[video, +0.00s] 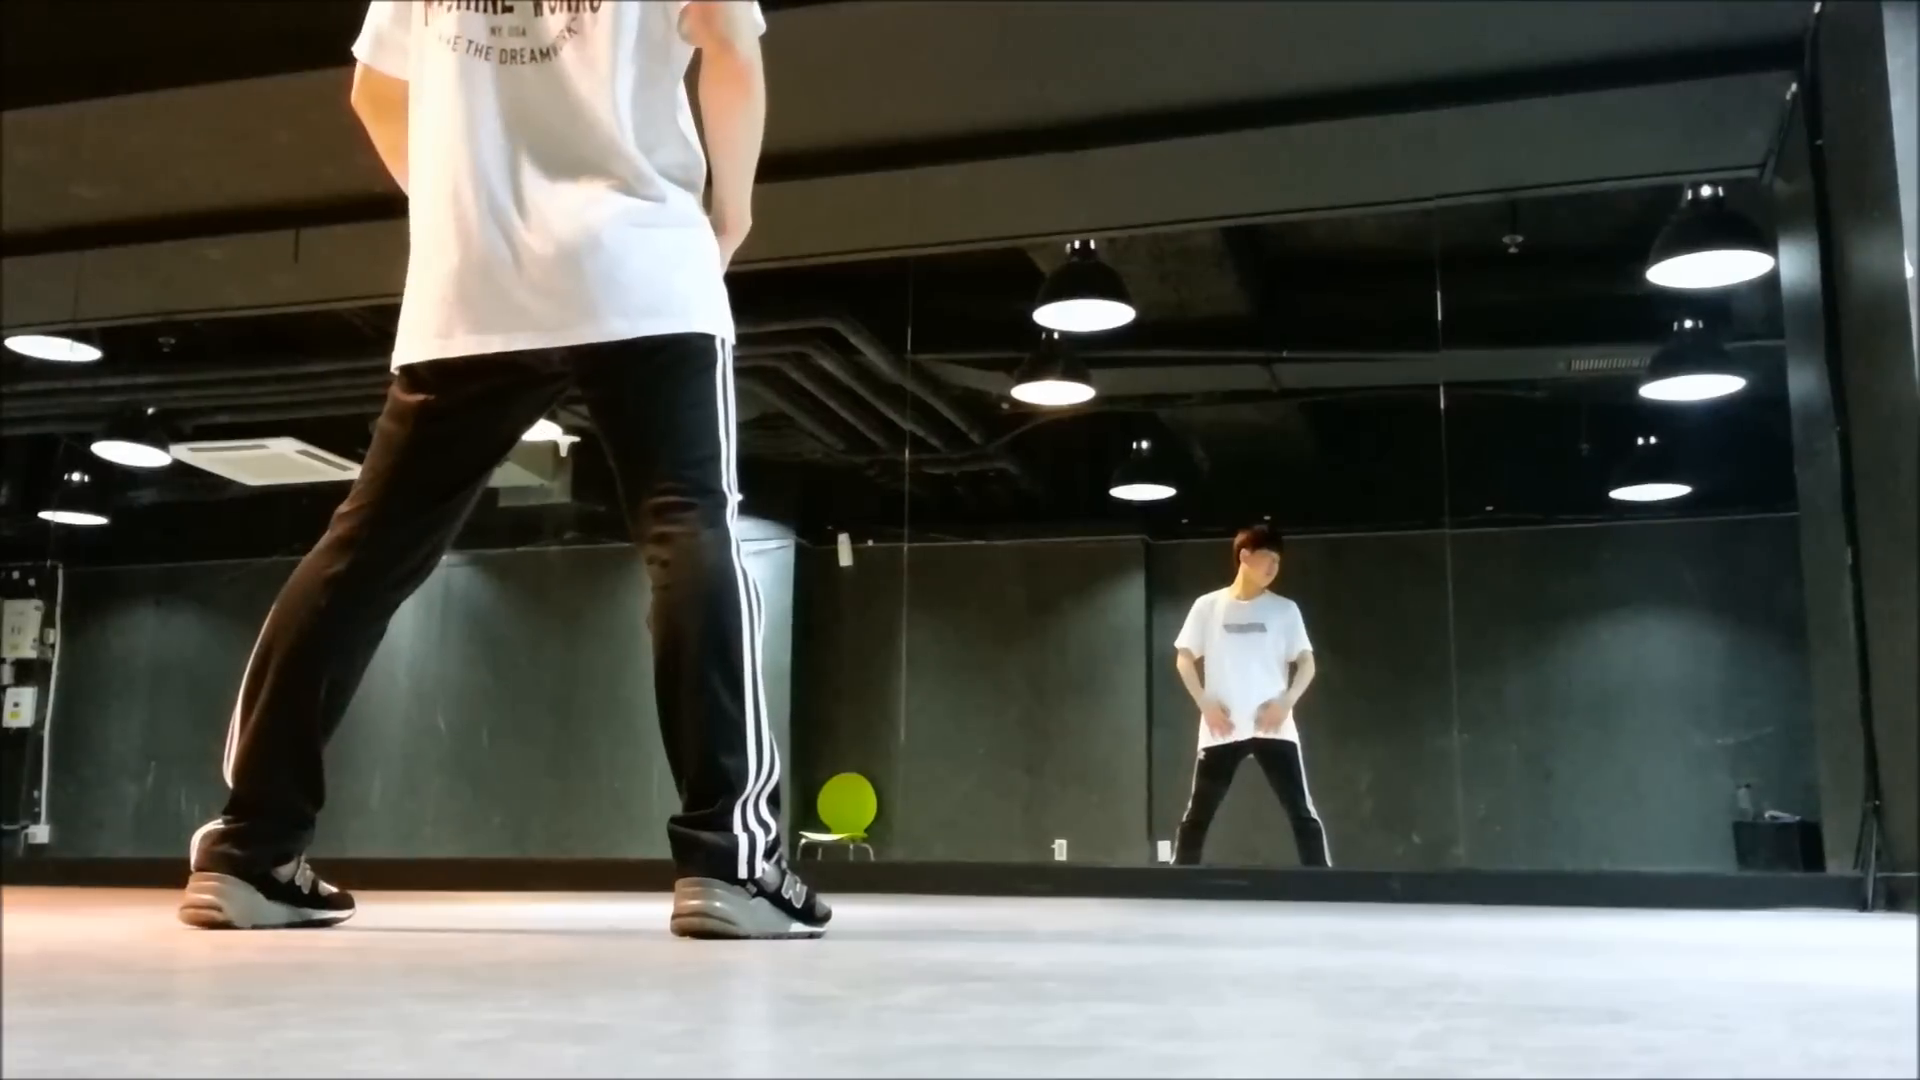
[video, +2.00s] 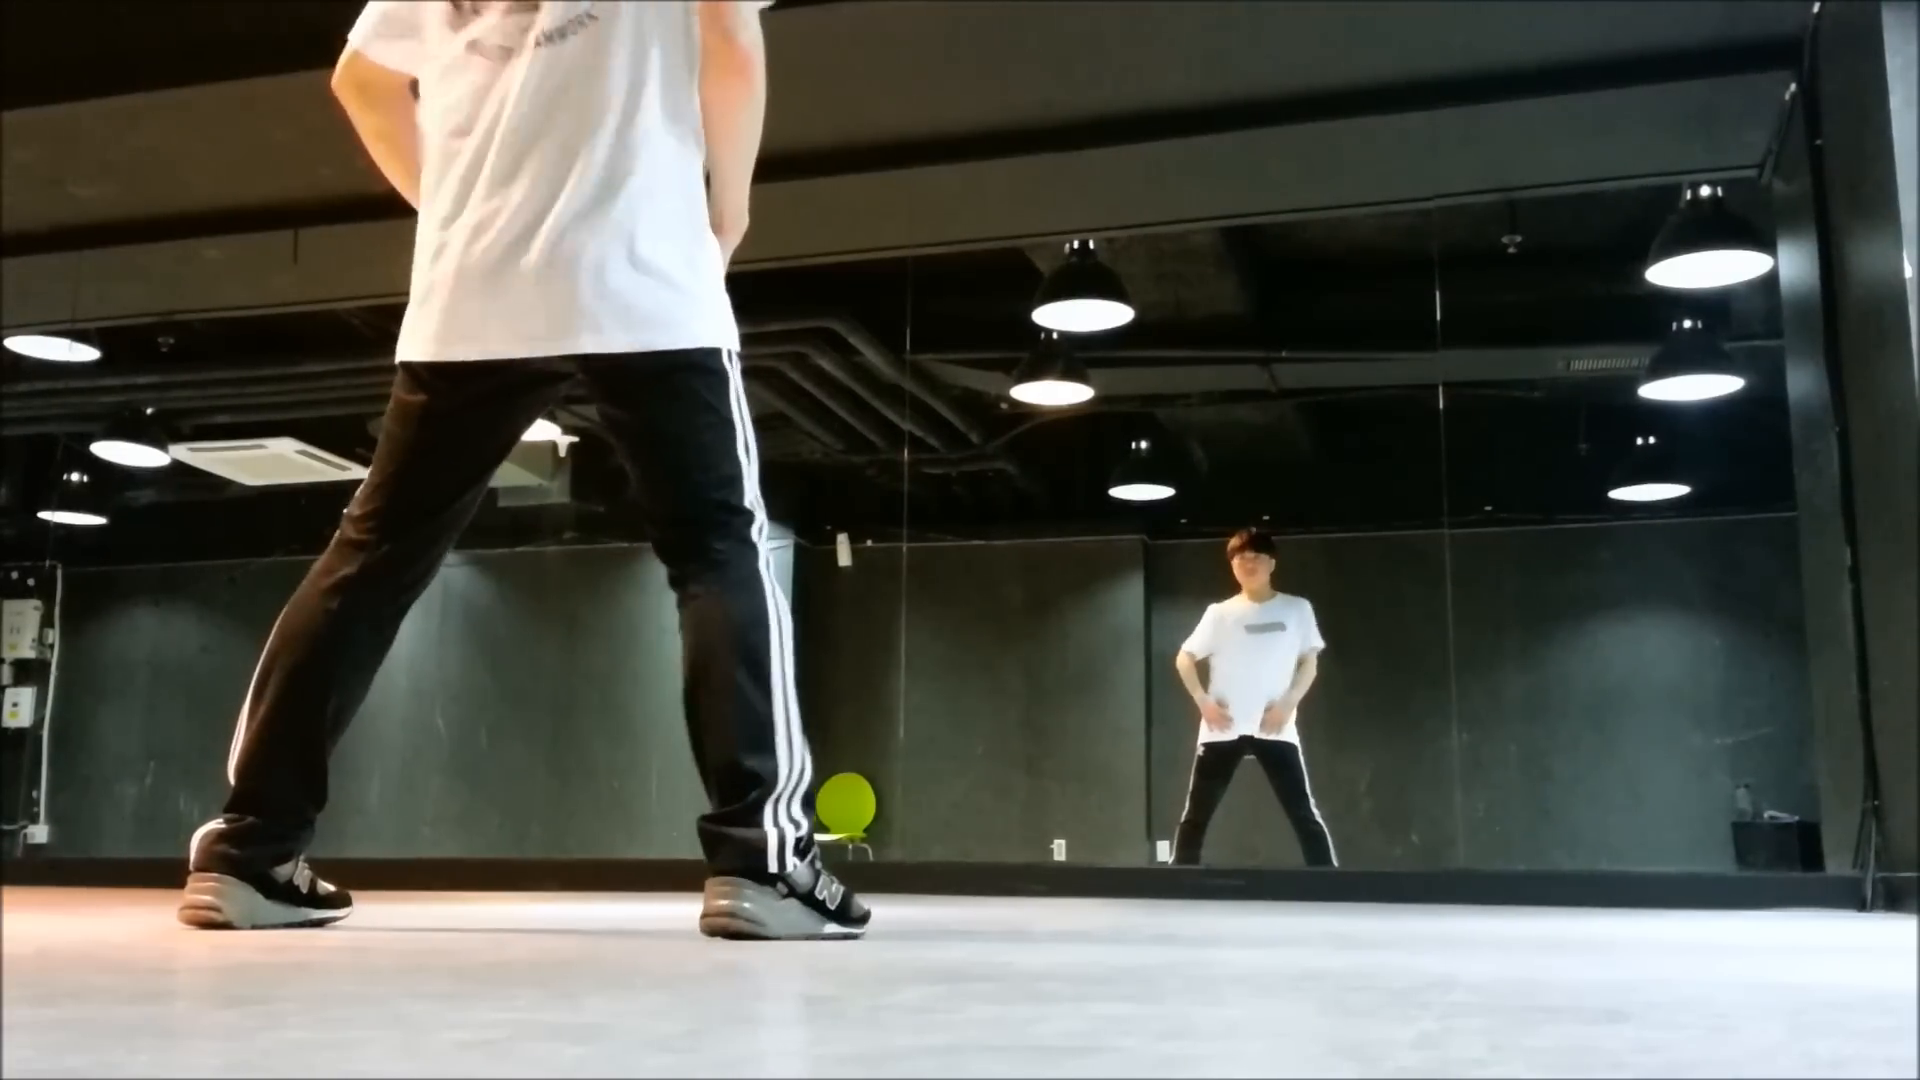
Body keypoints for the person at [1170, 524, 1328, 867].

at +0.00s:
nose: (1272, 566)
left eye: (1276, 559)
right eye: (1265, 557)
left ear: (1279, 563)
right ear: (1243, 557)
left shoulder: (1286, 610)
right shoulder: (1207, 606)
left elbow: (1307, 665)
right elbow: (1184, 659)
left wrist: (1285, 702)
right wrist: (1205, 703)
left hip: (1275, 732)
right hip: (1221, 732)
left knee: (1302, 814)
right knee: (1197, 816)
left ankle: (1323, 890)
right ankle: (1179, 891)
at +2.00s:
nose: (1248, 564)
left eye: (1256, 557)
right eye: (1241, 558)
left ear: (1272, 563)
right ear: (1232, 565)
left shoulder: (1298, 609)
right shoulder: (1219, 613)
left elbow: (1309, 665)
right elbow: (1184, 658)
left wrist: (1286, 705)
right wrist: (1204, 703)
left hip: (1275, 731)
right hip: (1222, 731)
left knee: (1304, 816)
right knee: (1195, 817)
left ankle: (1331, 889)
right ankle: (1179, 892)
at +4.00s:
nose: (1230, 573)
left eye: (1235, 565)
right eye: (1227, 567)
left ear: (1259, 561)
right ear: (1227, 571)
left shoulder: (1302, 605)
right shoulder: (1224, 614)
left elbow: (1320, 661)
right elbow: (1186, 656)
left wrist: (1292, 701)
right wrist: (1201, 695)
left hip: (1276, 733)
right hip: (1222, 731)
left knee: (1302, 815)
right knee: (1193, 816)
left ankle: (1331, 890)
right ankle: (1176, 891)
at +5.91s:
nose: (1245, 559)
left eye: (1253, 553)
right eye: (1238, 553)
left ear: (1267, 563)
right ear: (1227, 562)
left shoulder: (1288, 610)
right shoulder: (1208, 611)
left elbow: (1322, 659)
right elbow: (1179, 662)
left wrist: (1297, 697)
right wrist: (1202, 699)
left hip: (1279, 728)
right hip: (1226, 729)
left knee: (1308, 816)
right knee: (1197, 817)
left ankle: (1332, 892)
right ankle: (1178, 893)